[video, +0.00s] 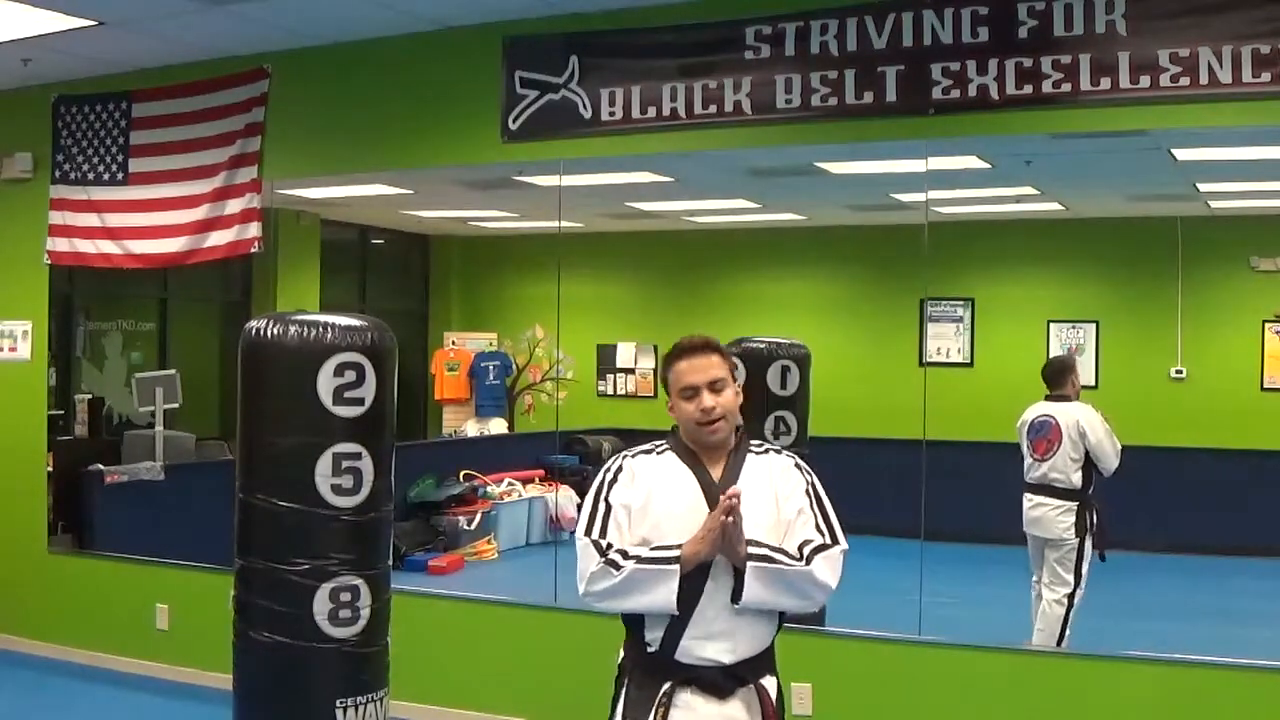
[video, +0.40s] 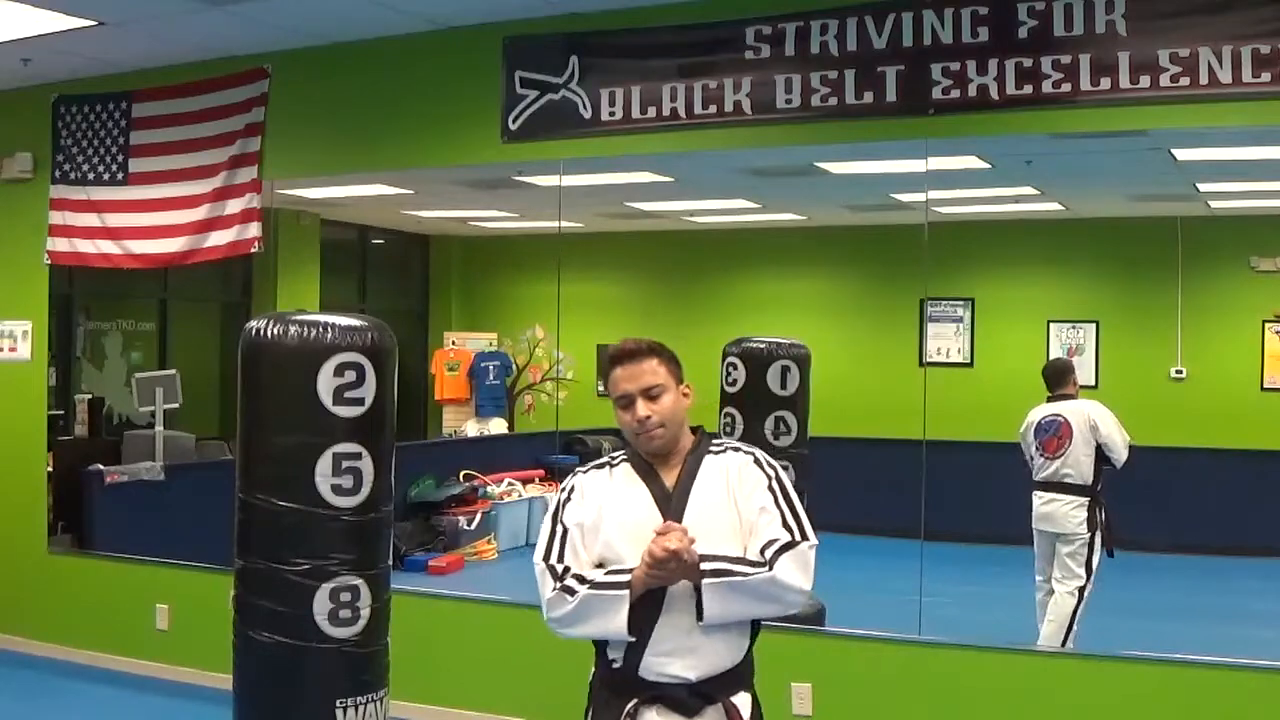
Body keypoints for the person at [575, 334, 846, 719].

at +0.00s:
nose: (707, 404)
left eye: (717, 388)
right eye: (690, 394)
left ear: (738, 392)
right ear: (671, 407)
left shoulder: (787, 474)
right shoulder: (627, 473)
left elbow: (819, 581)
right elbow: (596, 577)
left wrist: (745, 556)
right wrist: (686, 555)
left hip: (750, 694)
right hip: (655, 692)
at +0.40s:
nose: (641, 413)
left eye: (654, 395)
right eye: (625, 403)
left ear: (685, 395)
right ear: (615, 412)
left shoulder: (749, 469)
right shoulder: (586, 486)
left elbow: (792, 579)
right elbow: (560, 601)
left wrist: (695, 567)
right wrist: (639, 578)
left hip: (723, 696)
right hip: (623, 697)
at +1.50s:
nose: (689, 424)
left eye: (709, 407)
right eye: (673, 403)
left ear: (736, 414)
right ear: (650, 402)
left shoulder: (779, 508)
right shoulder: (584, 487)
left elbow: (808, 643)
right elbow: (515, 601)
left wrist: (700, 607)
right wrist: (612, 590)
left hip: (718, 710)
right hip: (600, 709)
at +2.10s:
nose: (700, 438)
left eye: (723, 416)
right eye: (683, 417)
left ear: (762, 416)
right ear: (665, 415)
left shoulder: (822, 525)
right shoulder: (609, 512)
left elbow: (859, 679)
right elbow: (544, 639)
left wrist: (735, 668)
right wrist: (616, 662)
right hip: (627, 714)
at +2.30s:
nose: (681, 424)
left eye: (697, 400)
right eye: (656, 409)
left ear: (729, 409)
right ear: (632, 429)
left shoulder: (805, 537)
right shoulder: (569, 539)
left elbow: (866, 679)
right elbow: (500, 678)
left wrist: (776, 681)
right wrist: (547, 667)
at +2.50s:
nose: (627, 415)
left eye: (642, 391)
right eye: (601, 402)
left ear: (677, 406)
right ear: (578, 428)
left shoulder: (766, 531)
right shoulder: (522, 553)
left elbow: (841, 659)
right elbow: (452, 699)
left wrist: (794, 678)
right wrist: (487, 703)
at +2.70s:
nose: (597, 418)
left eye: (614, 393)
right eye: (569, 402)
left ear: (648, 408)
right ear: (543, 429)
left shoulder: (739, 533)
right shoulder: (491, 564)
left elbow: (818, 661)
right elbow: (444, 703)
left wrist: (753, 695)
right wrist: (548, 709)